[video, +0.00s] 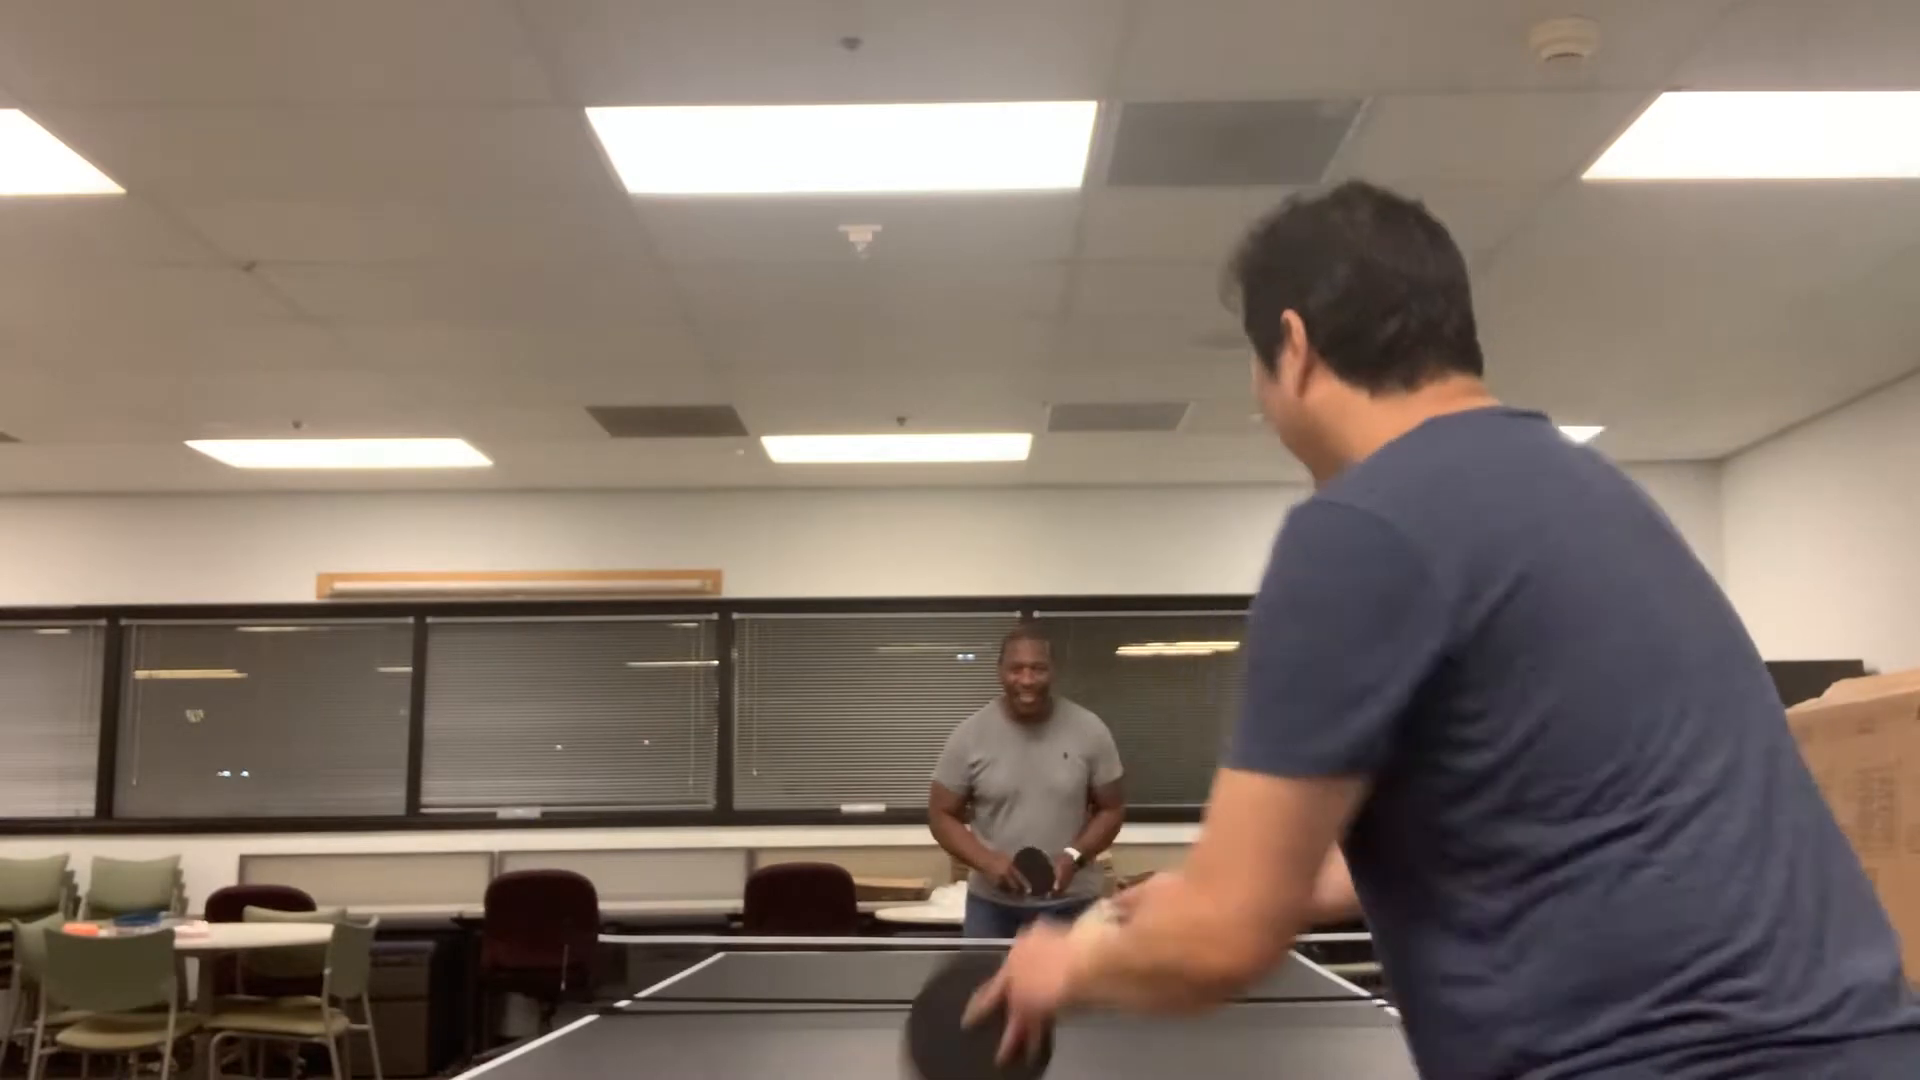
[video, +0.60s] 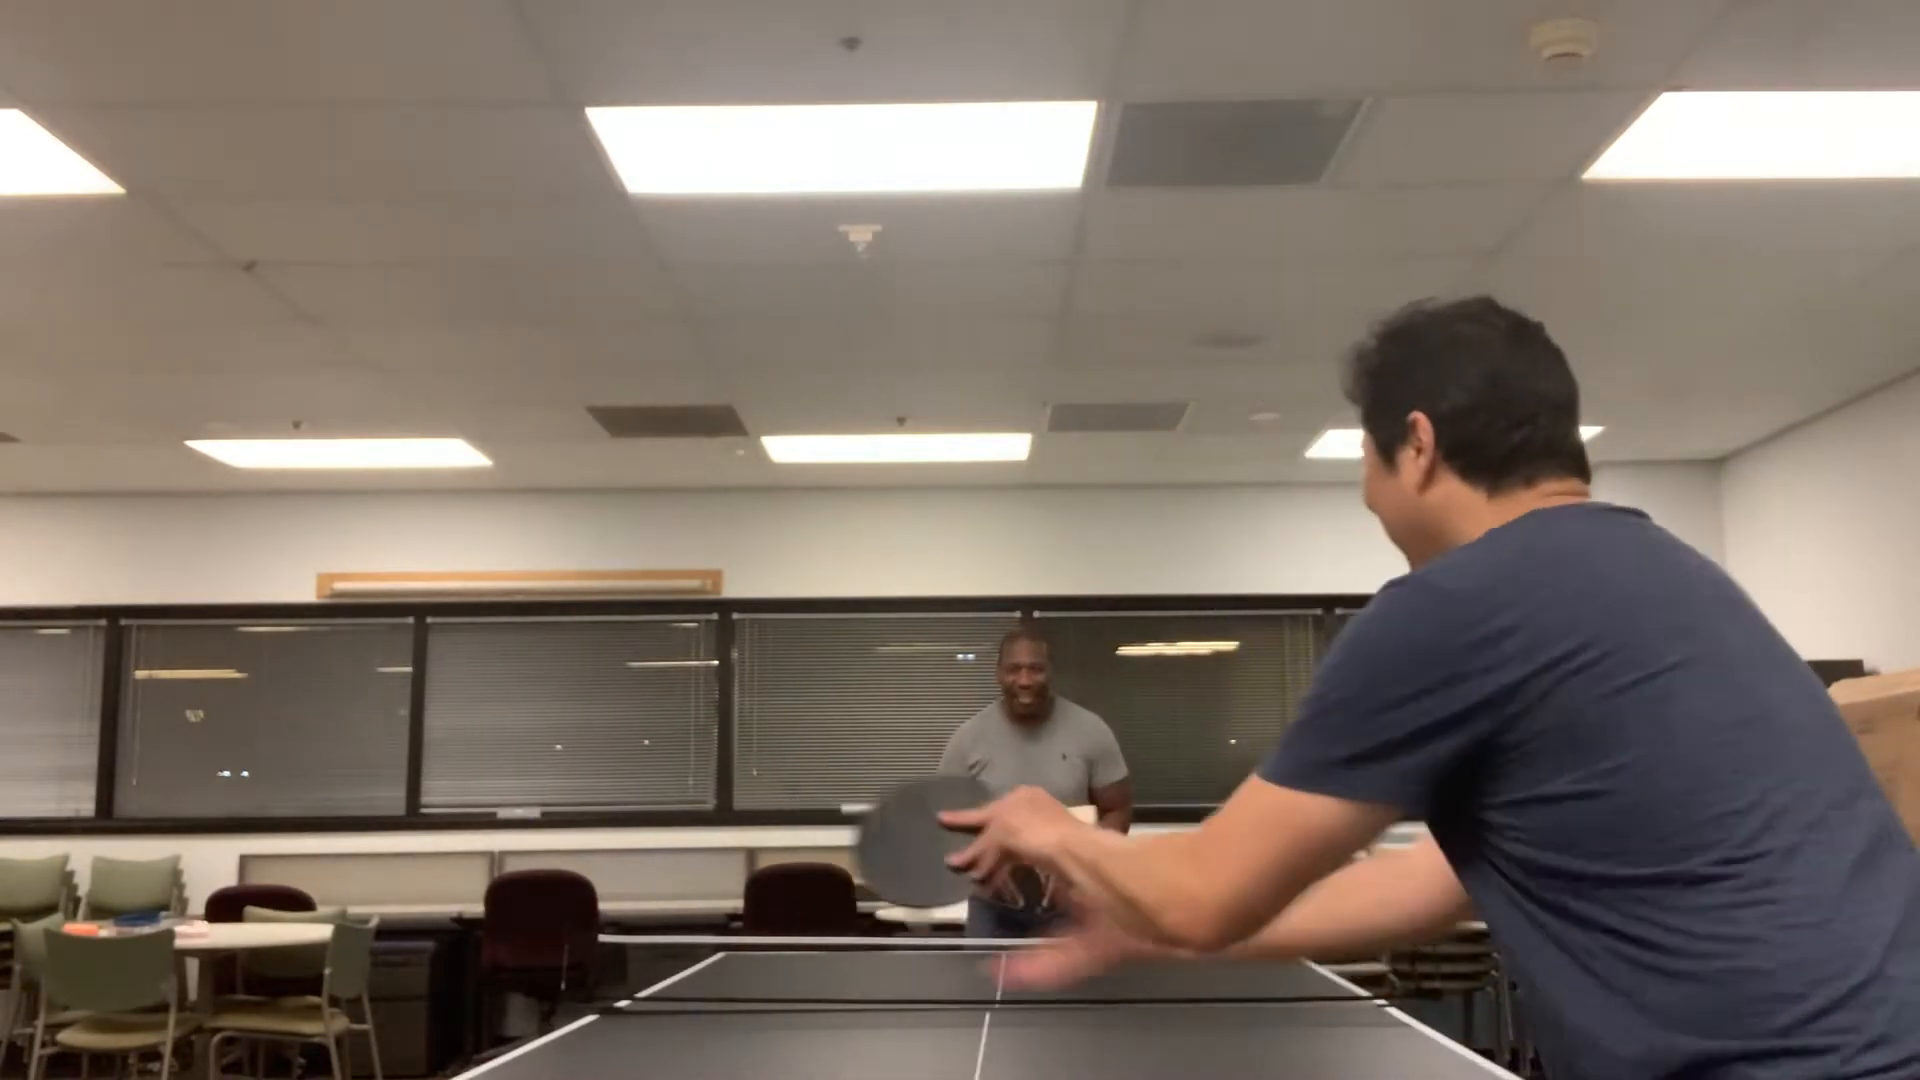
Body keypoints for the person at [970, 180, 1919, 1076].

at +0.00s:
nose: (1262, 400)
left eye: (1257, 358)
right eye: (1256, 364)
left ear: (1297, 346)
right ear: (1447, 327)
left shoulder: (1370, 526)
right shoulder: (1579, 481)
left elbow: (1227, 933)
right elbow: (1487, 843)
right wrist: (1232, 893)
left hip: (1640, 1057)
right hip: (1855, 1030)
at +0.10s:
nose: (1260, 446)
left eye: (1254, 403)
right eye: (1255, 407)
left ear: (1303, 390)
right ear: (1443, 368)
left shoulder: (1424, 544)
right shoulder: (1543, 510)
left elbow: (1386, 960)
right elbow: (1393, 863)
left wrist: (1131, 1074)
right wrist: (1150, 944)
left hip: (1708, 1054)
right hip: (1844, 1031)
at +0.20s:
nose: (1269, 477)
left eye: (1264, 440)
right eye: (1262, 445)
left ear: (1314, 420)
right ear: (1441, 400)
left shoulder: (1463, 554)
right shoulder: (1516, 542)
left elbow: (1565, 929)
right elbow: (1343, 886)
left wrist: (1279, 1063)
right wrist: (1082, 965)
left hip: (1778, 1048)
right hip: (1824, 1030)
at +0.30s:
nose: (1281, 498)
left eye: (1277, 458)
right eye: (1273, 464)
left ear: (1332, 441)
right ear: (1457, 422)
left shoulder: (1505, 559)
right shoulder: (1466, 618)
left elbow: (1634, 890)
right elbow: (1311, 886)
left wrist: (1262, 996)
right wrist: (1037, 959)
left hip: (1806, 1054)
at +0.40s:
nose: (1307, 507)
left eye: (1304, 469)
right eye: (1300, 474)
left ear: (1362, 449)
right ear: (1480, 436)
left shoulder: (1526, 571)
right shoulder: (1503, 612)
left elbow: (1537, 908)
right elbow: (1310, 871)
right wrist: (1084, 890)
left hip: (1811, 1061)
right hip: (1709, 1059)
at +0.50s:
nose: (1341, 507)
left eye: (1339, 469)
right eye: (1336, 475)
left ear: (1395, 449)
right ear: (1516, 440)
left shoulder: (1518, 586)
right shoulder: (1597, 569)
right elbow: (1355, 880)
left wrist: (1081, 856)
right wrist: (1091, 858)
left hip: (1775, 1055)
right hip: (1828, 1039)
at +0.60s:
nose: (1372, 497)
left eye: (1371, 463)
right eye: (1369, 466)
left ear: (1422, 448)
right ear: (1551, 440)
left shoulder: (1452, 608)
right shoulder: (1663, 570)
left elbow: (1198, 904)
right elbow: (1448, 872)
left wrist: (1058, 833)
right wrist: (1144, 933)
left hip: (1742, 1059)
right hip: (1881, 1036)